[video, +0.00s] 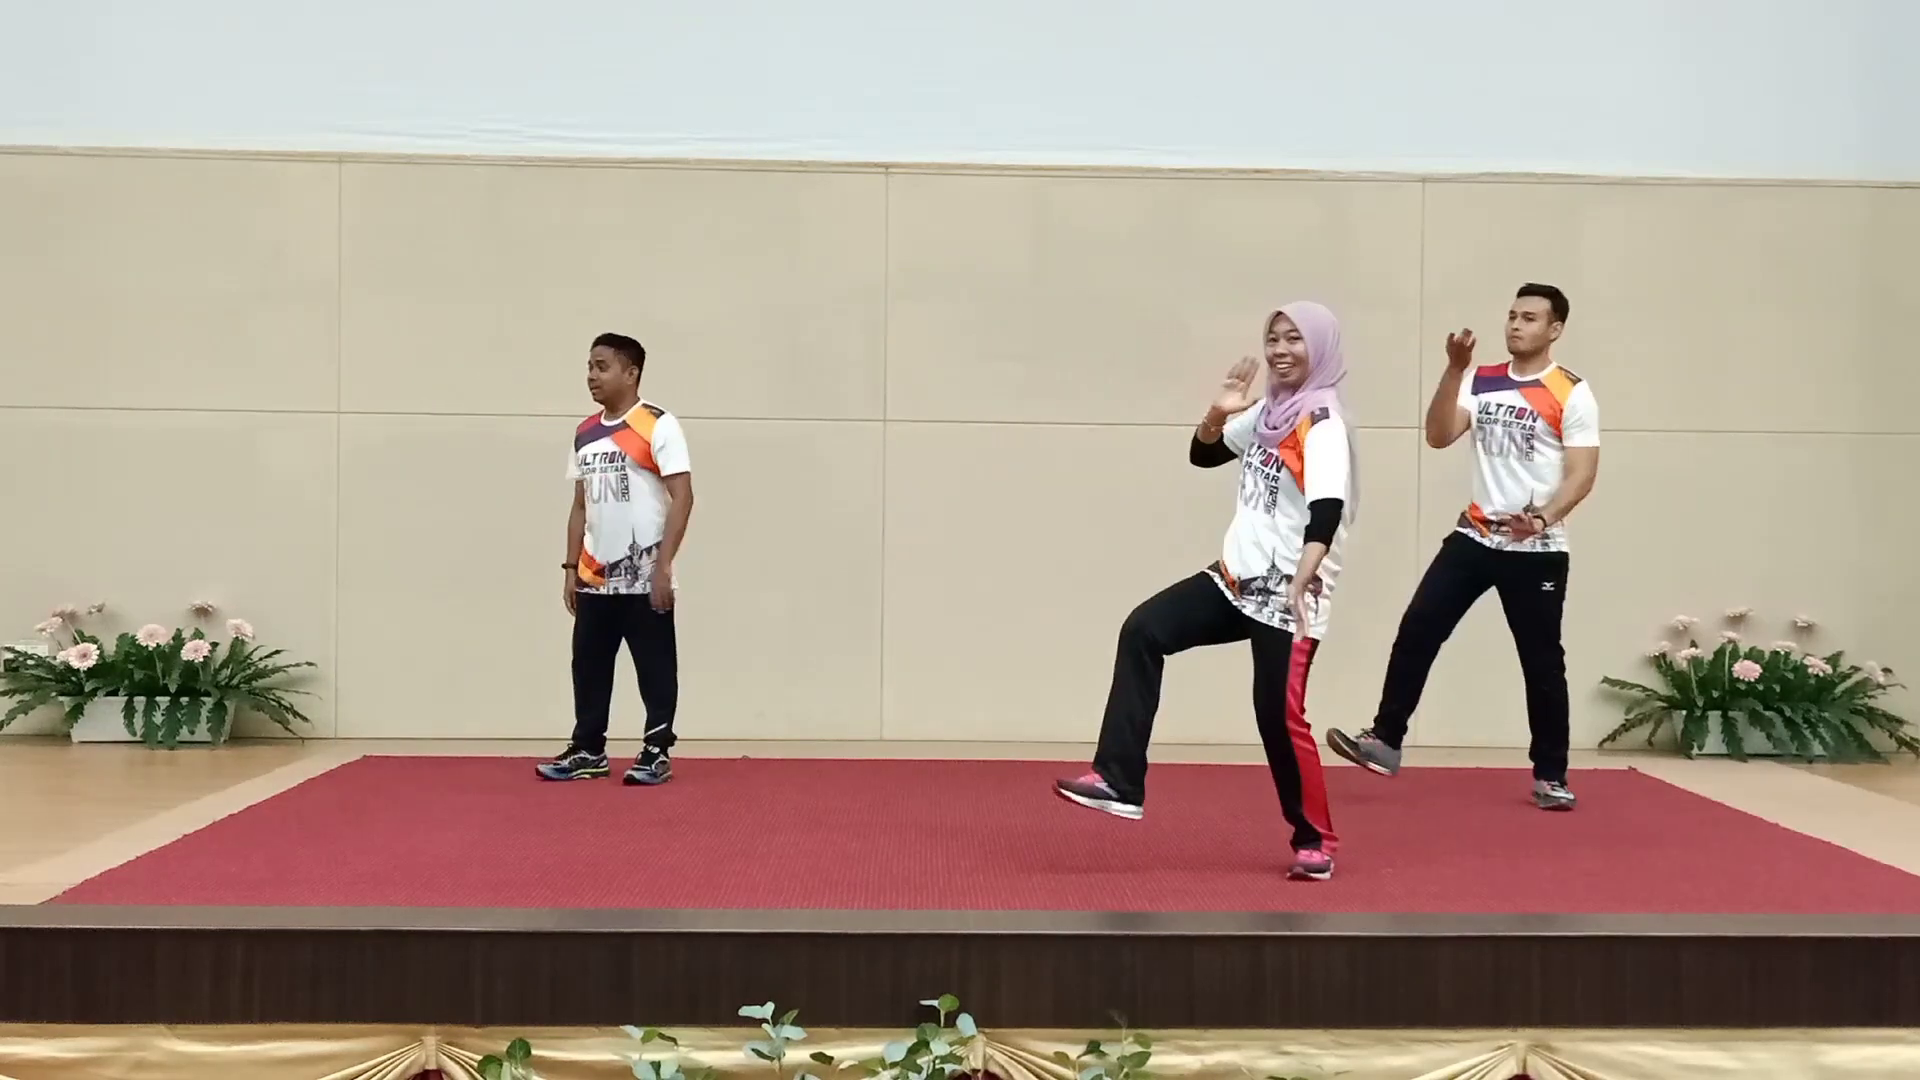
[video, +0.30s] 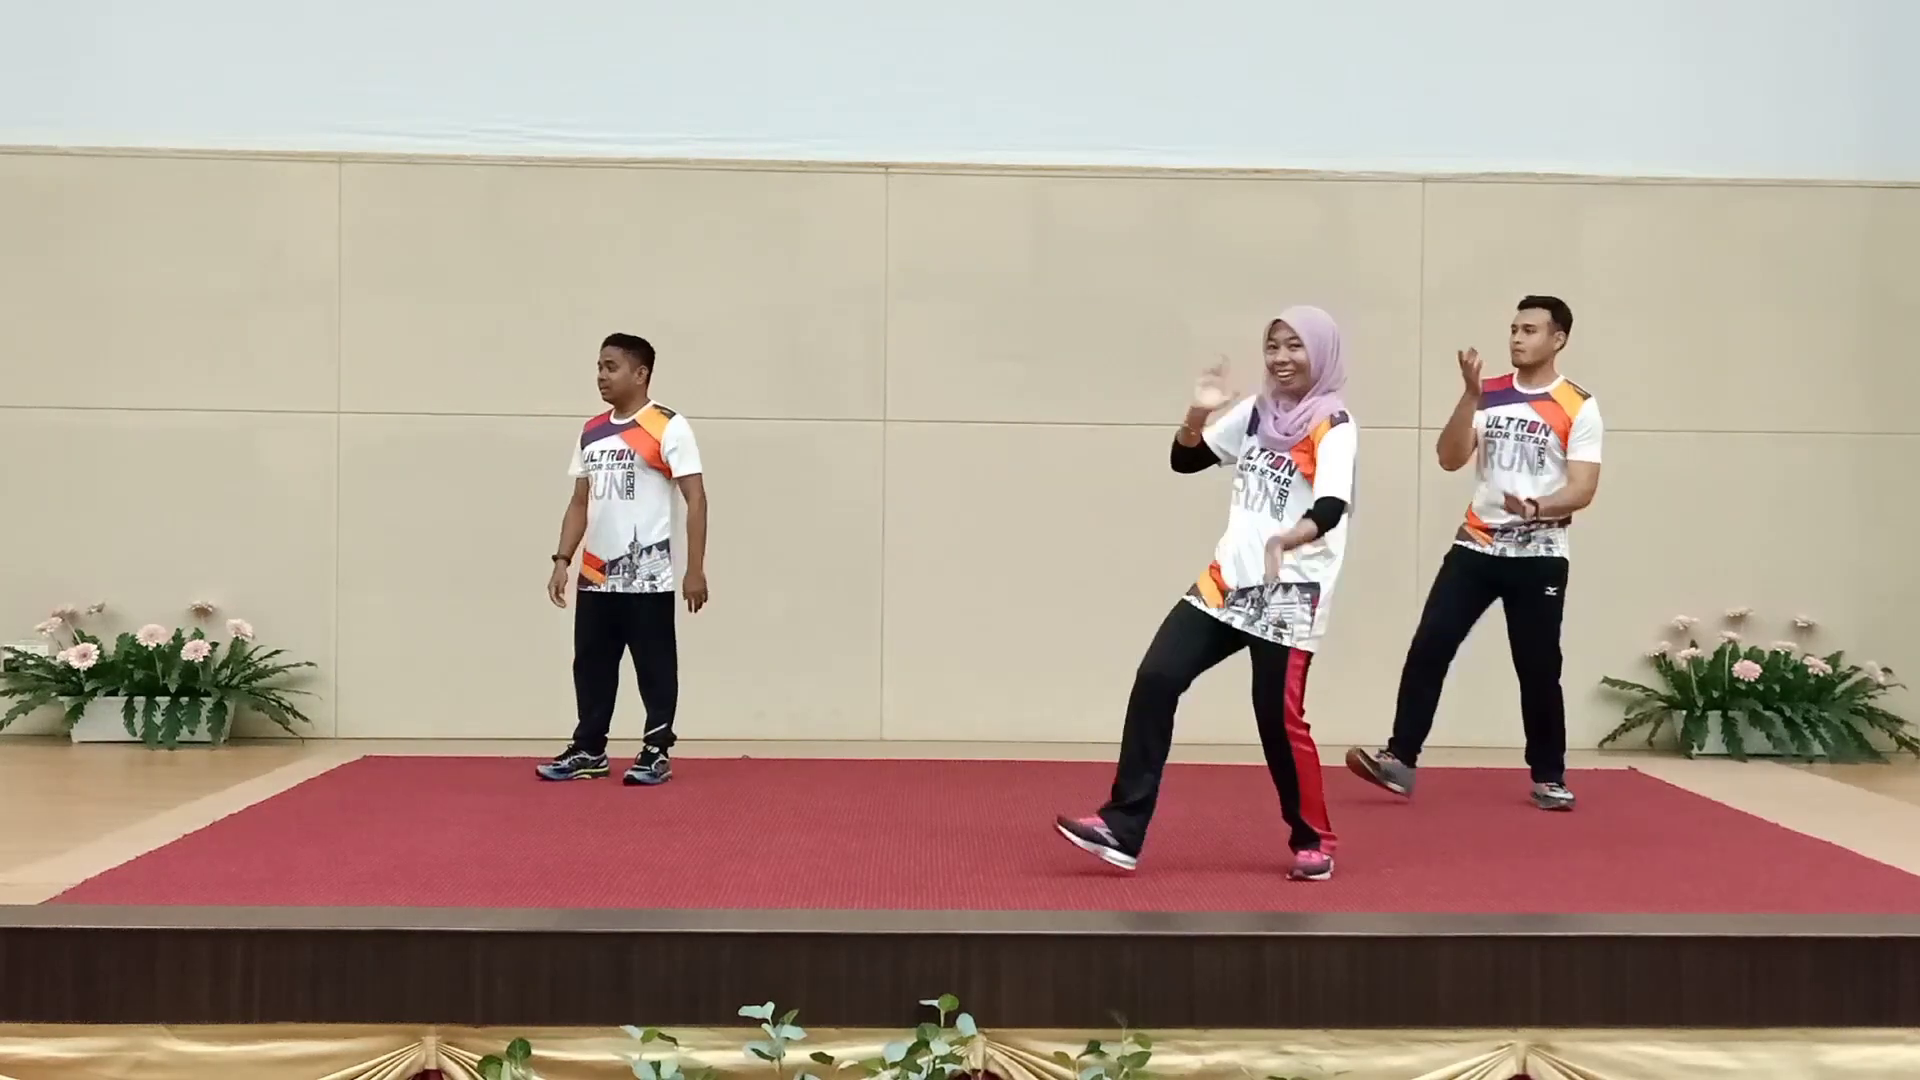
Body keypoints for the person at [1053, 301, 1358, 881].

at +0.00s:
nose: (1280, 349)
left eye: (1292, 339)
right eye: (1273, 340)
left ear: (1320, 349)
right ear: (1266, 350)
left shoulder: (1323, 422)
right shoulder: (1261, 414)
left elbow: (1327, 508)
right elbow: (1203, 456)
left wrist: (1304, 573)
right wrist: (1218, 415)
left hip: (1293, 595)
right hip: (1236, 580)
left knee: (1280, 713)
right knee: (1144, 630)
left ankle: (1314, 841)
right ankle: (1120, 782)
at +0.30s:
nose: (1280, 356)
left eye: (1293, 346)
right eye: (1273, 346)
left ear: (1322, 355)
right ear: (1265, 355)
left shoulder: (1332, 425)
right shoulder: (1252, 412)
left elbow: (1332, 505)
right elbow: (1184, 462)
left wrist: (1291, 536)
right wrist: (1196, 418)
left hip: (1293, 591)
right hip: (1229, 579)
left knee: (1279, 714)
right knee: (1155, 680)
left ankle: (1312, 842)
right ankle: (1123, 830)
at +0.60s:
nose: (1225, 312)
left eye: (1239, 302)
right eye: (1216, 303)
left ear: (1265, 314)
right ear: (1205, 314)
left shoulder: (1292, 372)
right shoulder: (1186, 370)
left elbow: (1323, 443)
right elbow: (1130, 433)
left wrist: (1276, 382)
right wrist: (1103, 428)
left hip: (1262, 558)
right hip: (1187, 552)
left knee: (1277, 698)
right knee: (1138, 672)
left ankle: (1307, 838)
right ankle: (1086, 811)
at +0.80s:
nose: (1165, 324)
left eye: (1178, 314)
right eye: (1155, 315)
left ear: (1201, 327)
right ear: (1142, 328)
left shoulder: (1228, 390)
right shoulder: (1116, 391)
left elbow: (1273, 461)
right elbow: (1080, 459)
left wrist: (1231, 394)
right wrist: (1058, 497)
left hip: (1207, 574)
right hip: (1127, 575)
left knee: (1247, 705)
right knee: (1105, 703)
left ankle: (1301, 838)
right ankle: (1073, 844)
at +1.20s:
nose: (1048, 328)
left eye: (1060, 318)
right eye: (1036, 319)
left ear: (1079, 330)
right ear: (1021, 331)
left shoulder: (1106, 398)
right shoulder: (998, 397)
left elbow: (1143, 466)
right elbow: (940, 471)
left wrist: (1152, 468)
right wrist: (970, 432)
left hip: (1090, 581)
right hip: (1023, 577)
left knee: (1107, 698)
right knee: (1054, 697)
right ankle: (1066, 843)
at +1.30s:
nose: (1031, 331)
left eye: (1043, 322)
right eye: (1019, 322)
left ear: (1061, 334)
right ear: (1003, 334)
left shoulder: (1089, 400)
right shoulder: (980, 397)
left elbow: (1123, 464)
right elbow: (921, 470)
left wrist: (1138, 495)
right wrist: (969, 413)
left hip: (1071, 584)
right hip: (1007, 579)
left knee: (1073, 709)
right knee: (1046, 699)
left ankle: (968, 801)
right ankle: (1065, 844)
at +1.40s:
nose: (994, 347)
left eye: (1008, 338)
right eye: (984, 337)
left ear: (1027, 349)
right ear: (970, 346)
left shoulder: (1055, 416)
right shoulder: (946, 410)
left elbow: (1089, 491)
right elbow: (893, 479)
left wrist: (1101, 558)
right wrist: (950, 430)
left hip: (1030, 595)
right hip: (967, 587)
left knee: (1001, 724)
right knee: (1026, 693)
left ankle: (928, 832)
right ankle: (1057, 842)